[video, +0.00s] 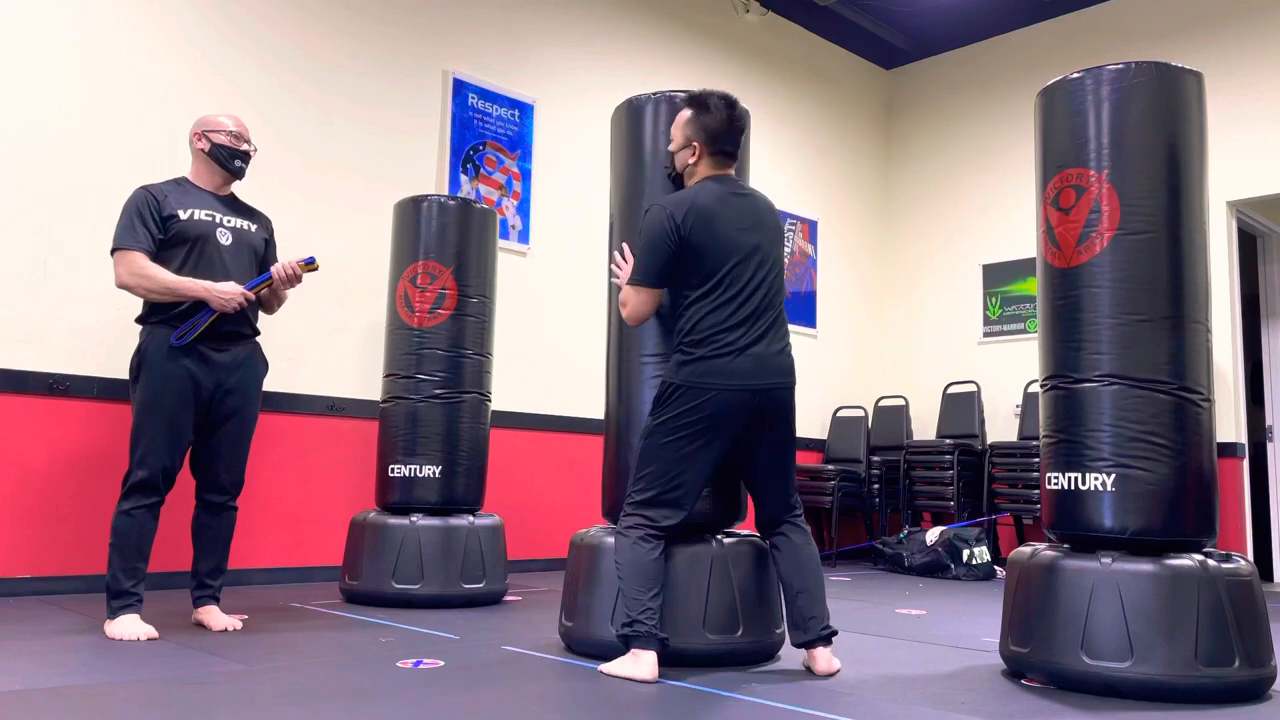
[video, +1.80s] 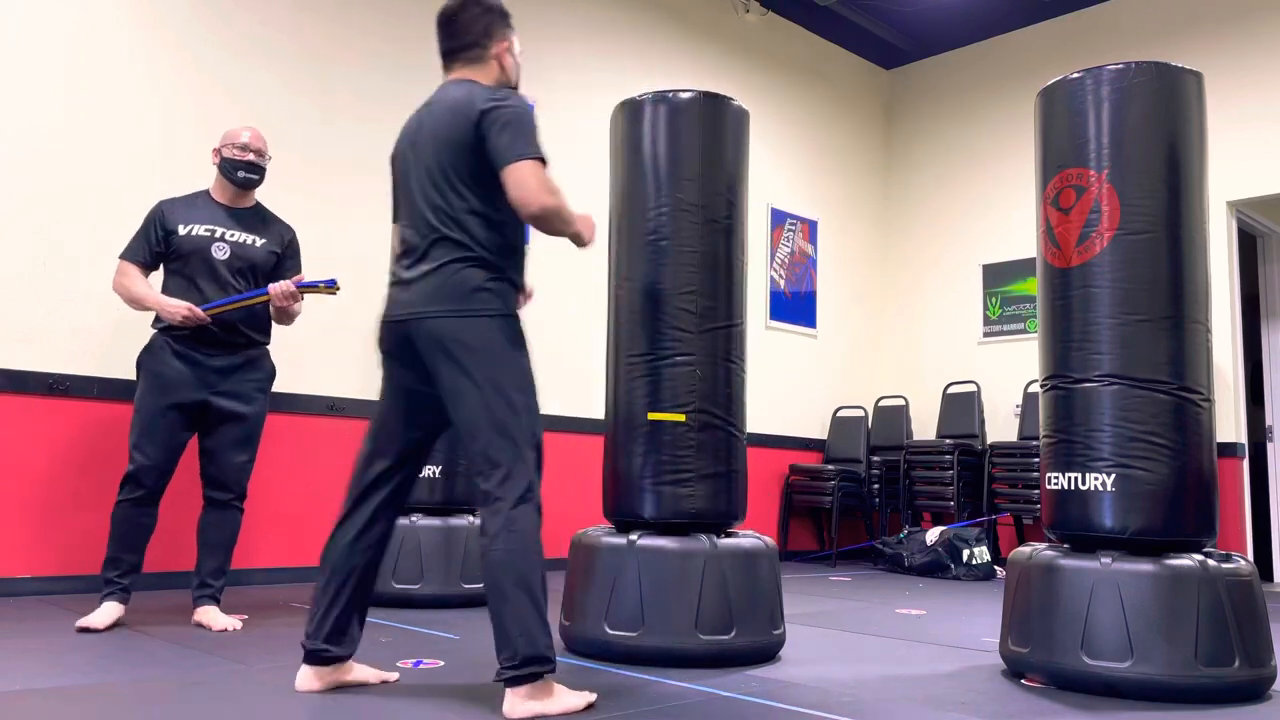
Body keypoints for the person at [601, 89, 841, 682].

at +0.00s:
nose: (671, 151)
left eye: (676, 143)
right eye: (673, 142)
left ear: (696, 150)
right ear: (731, 151)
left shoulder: (674, 214)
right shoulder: (765, 210)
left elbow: (635, 310)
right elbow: (741, 287)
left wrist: (630, 284)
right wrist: (663, 276)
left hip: (703, 382)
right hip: (774, 381)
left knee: (645, 518)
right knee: (783, 514)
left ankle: (641, 653)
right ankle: (820, 647)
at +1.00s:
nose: (594, 102)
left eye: (595, 94)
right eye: (599, 93)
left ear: (602, 96)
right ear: (659, 96)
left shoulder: (570, 165)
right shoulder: (702, 164)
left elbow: (547, 271)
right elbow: (746, 263)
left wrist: (587, 300)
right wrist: (762, 316)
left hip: (609, 342)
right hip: (695, 339)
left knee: (605, 502)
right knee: (739, 485)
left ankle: (635, 654)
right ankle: (792, 636)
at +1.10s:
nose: (594, 88)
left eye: (587, 81)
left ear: (588, 85)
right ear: (652, 85)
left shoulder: (554, 154)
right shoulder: (691, 152)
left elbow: (528, 263)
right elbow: (729, 259)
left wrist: (552, 325)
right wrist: (751, 336)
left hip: (592, 333)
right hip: (676, 330)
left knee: (602, 495)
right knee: (714, 470)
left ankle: (633, 653)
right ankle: (714, 626)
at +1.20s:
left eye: (584, 73)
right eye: (637, 72)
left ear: (574, 77)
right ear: (641, 78)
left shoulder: (538, 149)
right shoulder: (680, 146)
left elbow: (510, 258)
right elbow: (710, 253)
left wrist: (507, 342)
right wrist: (730, 341)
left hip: (571, 330)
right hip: (655, 327)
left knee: (598, 486)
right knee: (682, 475)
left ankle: (625, 650)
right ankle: (621, 611)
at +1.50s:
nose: (596, 64)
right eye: (596, 54)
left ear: (523, 63)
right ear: (589, 54)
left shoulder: (479, 131)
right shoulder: (610, 117)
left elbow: (451, 237)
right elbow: (652, 231)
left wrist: (425, 330)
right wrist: (657, 326)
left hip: (496, 318)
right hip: (572, 310)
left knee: (533, 471)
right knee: (567, 487)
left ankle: (525, 626)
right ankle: (538, 678)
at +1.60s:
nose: (570, 48)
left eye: (563, 38)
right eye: (568, 38)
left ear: (499, 49)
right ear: (562, 40)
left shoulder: (460, 124)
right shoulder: (581, 99)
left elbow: (437, 235)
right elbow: (620, 203)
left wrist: (435, 330)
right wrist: (625, 285)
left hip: (471, 311)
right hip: (544, 307)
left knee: (485, 474)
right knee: (541, 490)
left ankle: (430, 626)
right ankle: (532, 680)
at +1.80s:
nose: (519, 60)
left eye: (516, 47)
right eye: (517, 47)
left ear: (448, 55)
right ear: (501, 48)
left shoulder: (416, 124)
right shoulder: (500, 105)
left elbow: (414, 237)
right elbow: (532, 199)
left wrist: (497, 280)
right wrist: (575, 224)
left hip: (407, 316)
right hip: (469, 313)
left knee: (379, 487)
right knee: (509, 488)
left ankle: (325, 656)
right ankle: (528, 678)